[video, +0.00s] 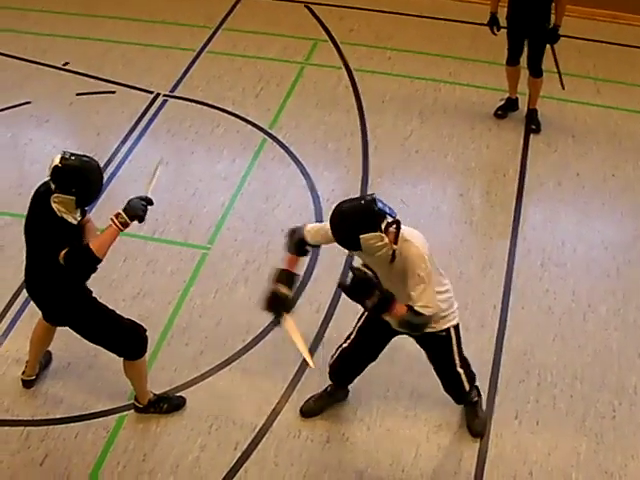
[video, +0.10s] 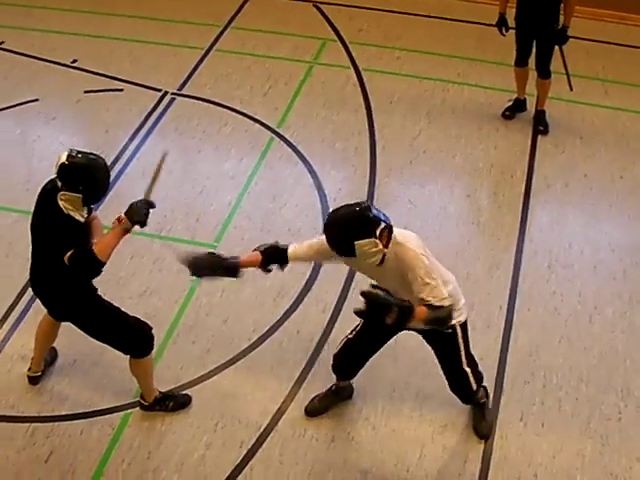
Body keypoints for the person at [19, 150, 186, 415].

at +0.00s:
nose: (90, 197)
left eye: (89, 192)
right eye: (88, 193)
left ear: (60, 180)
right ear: (76, 195)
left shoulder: (45, 193)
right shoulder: (55, 226)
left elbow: (83, 220)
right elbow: (80, 265)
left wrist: (92, 248)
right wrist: (121, 221)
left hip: (38, 282)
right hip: (61, 297)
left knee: (50, 316)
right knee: (133, 338)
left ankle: (30, 370)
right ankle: (144, 399)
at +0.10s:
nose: (96, 195)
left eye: (96, 190)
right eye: (95, 191)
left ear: (67, 178)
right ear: (83, 192)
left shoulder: (52, 190)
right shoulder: (64, 223)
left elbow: (90, 218)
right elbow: (87, 266)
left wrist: (98, 243)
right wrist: (124, 225)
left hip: (43, 280)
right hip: (67, 295)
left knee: (56, 311)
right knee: (139, 336)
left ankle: (36, 366)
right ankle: (150, 397)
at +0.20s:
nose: (94, 191)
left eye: (93, 187)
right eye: (91, 187)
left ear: (65, 177)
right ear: (79, 189)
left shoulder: (55, 191)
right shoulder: (58, 225)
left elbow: (86, 213)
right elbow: (60, 279)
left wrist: (102, 230)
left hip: (56, 284)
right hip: (75, 297)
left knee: (55, 313)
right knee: (148, 334)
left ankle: (28, 365)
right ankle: (156, 397)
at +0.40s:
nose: (92, 198)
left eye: (93, 193)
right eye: (89, 194)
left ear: (67, 183)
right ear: (74, 194)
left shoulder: (56, 195)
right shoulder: (48, 231)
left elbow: (83, 198)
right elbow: (20, 286)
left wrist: (106, 202)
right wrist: (50, 280)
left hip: (69, 293)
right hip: (87, 304)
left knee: (62, 321)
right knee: (160, 333)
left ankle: (28, 367)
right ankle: (167, 396)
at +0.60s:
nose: (132, 196)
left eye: (132, 190)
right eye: (129, 191)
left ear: (98, 180)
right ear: (113, 195)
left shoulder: (80, 191)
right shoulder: (100, 232)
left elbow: (113, 204)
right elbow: (114, 287)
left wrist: (143, 203)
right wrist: (149, 266)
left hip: (79, 289)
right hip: (104, 299)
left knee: (69, 323)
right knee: (177, 335)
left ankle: (41, 366)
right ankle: (179, 400)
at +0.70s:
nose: (156, 200)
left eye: (157, 196)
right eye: (153, 196)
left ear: (121, 181)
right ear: (137, 198)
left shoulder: (99, 189)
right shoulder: (123, 234)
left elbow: (128, 205)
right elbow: (129, 292)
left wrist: (159, 207)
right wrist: (179, 268)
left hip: (88, 288)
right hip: (116, 302)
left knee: (87, 321)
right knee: (183, 337)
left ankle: (61, 370)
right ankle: (184, 400)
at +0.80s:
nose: (172, 204)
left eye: (175, 199)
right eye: (169, 200)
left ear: (135, 182)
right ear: (150, 199)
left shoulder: (112, 189)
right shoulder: (137, 235)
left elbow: (138, 200)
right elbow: (155, 293)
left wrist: (171, 199)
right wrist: (201, 254)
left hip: (97, 284)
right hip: (124, 302)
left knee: (107, 324)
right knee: (188, 338)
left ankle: (89, 381)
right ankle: (190, 401)